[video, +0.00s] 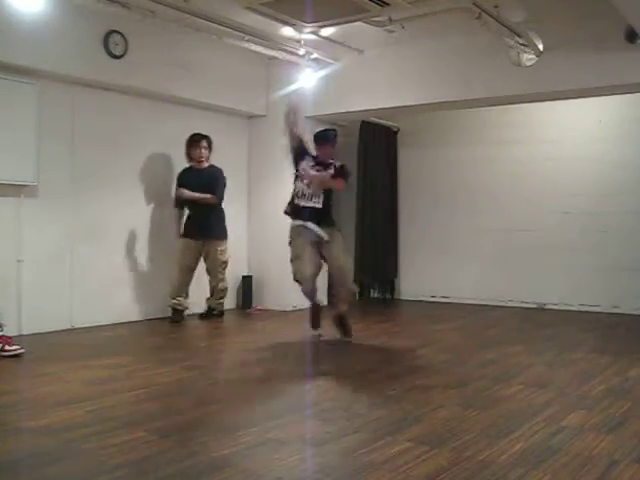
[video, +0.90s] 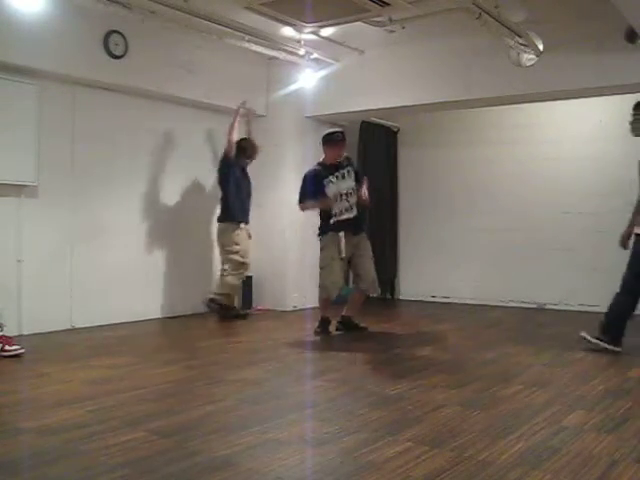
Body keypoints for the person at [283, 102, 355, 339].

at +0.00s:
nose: (331, 150)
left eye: (333, 146)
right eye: (328, 146)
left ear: (335, 147)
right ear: (318, 146)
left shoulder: (337, 168)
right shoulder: (303, 158)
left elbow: (339, 184)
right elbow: (293, 132)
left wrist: (317, 178)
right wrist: (291, 113)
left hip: (327, 226)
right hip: (302, 225)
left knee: (342, 269)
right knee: (304, 273)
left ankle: (340, 313)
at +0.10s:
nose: (336, 155)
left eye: (337, 150)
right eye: (333, 151)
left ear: (338, 151)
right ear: (323, 150)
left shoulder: (340, 177)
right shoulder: (307, 161)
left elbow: (338, 196)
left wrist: (311, 192)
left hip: (328, 226)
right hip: (306, 225)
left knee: (341, 256)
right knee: (307, 277)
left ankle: (354, 288)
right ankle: (321, 317)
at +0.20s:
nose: (342, 159)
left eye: (343, 154)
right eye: (338, 154)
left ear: (340, 155)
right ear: (327, 156)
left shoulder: (338, 179)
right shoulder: (312, 169)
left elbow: (337, 203)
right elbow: (325, 185)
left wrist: (315, 206)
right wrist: (339, 191)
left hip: (327, 230)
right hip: (306, 233)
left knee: (348, 237)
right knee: (311, 283)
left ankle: (350, 272)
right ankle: (324, 318)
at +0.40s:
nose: (344, 156)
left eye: (344, 151)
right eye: (339, 152)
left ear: (344, 154)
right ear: (328, 155)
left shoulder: (348, 182)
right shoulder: (316, 170)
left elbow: (346, 212)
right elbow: (315, 198)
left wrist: (336, 228)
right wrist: (323, 222)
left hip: (333, 229)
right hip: (309, 231)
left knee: (367, 241)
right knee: (310, 286)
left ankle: (339, 268)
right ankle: (324, 317)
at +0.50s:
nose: (340, 156)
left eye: (342, 151)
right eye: (335, 152)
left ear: (345, 152)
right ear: (326, 154)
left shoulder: (351, 182)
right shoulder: (314, 171)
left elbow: (354, 213)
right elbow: (312, 202)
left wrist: (354, 237)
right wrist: (324, 226)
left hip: (340, 234)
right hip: (314, 234)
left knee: (373, 265)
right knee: (311, 290)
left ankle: (343, 286)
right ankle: (323, 318)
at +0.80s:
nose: (336, 155)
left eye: (339, 150)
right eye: (332, 150)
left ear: (341, 150)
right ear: (322, 150)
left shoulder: (347, 172)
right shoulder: (311, 179)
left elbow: (358, 198)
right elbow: (303, 213)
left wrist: (370, 221)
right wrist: (323, 228)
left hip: (358, 234)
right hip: (334, 237)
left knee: (369, 280)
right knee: (332, 283)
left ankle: (348, 318)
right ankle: (325, 319)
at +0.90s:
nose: (340, 152)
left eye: (342, 148)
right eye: (336, 148)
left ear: (344, 148)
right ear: (326, 148)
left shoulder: (350, 167)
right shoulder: (314, 175)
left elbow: (362, 182)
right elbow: (303, 204)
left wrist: (363, 194)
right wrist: (324, 203)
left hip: (356, 231)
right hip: (332, 234)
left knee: (367, 280)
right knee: (330, 282)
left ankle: (347, 317)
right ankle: (324, 319)